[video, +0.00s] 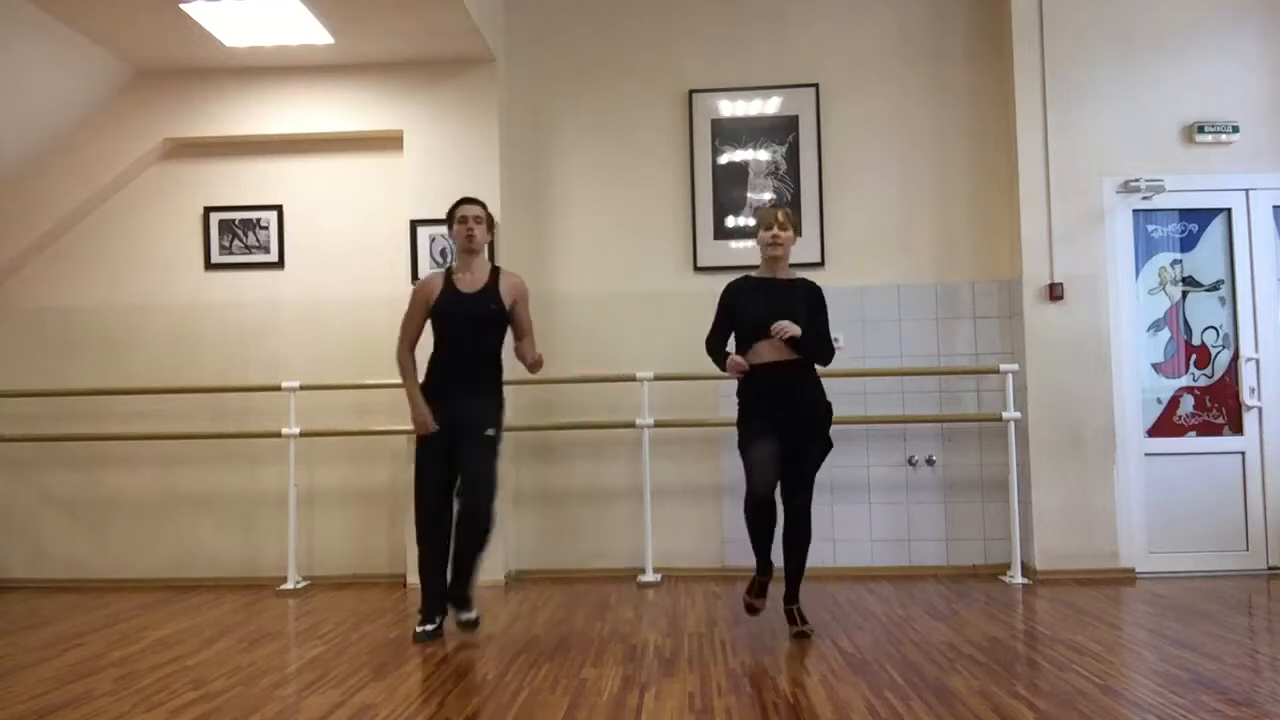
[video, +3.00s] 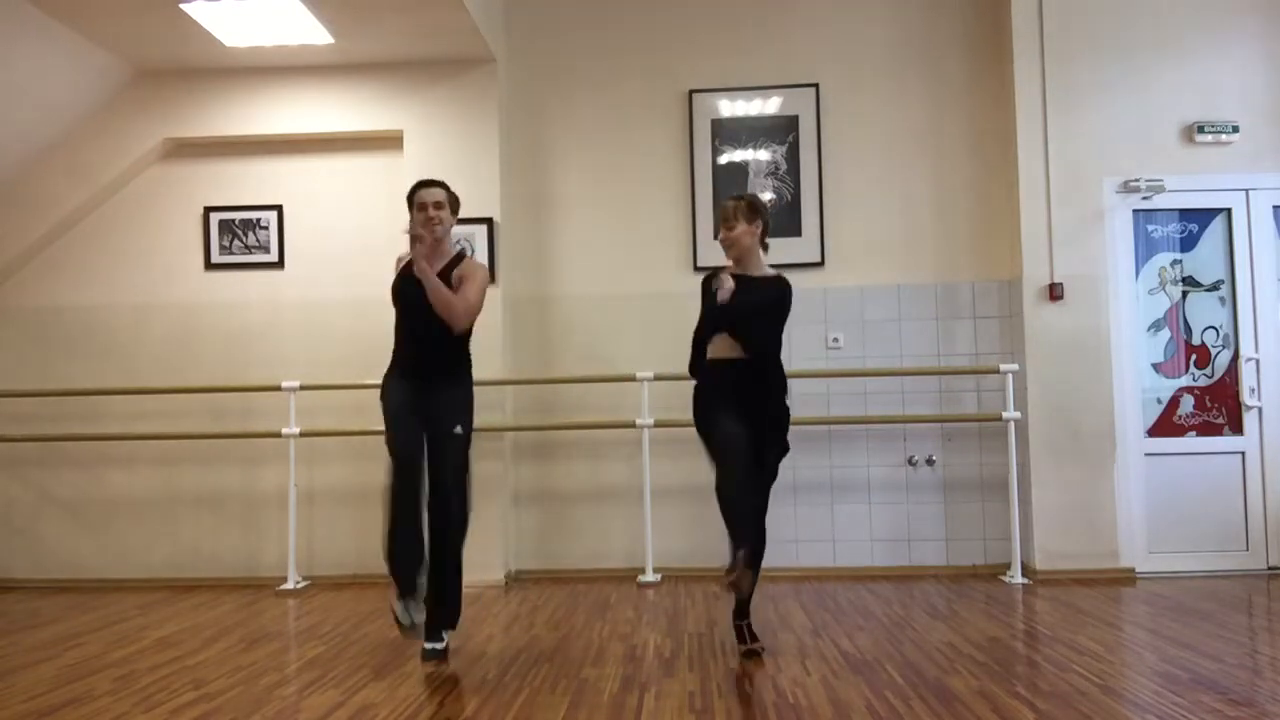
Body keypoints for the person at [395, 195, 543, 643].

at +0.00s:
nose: (469, 228)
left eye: (477, 222)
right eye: (461, 222)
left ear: (490, 232)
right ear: (450, 233)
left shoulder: (510, 286)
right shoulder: (431, 287)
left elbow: (523, 338)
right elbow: (405, 349)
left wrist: (530, 357)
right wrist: (417, 403)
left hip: (483, 404)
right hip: (437, 403)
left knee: (478, 505)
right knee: (431, 508)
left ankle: (461, 592)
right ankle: (431, 610)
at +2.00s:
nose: (468, 224)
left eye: (470, 216)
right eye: (459, 216)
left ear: (469, 222)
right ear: (433, 221)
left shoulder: (484, 274)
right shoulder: (400, 281)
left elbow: (502, 339)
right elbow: (374, 339)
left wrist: (516, 331)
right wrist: (407, 362)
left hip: (467, 402)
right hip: (421, 405)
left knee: (465, 510)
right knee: (426, 511)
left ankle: (462, 614)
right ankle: (435, 615)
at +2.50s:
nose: (440, 229)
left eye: (447, 221)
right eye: (431, 223)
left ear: (459, 230)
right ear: (417, 233)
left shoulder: (482, 285)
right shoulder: (399, 291)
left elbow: (527, 320)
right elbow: (385, 358)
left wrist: (514, 360)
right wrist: (405, 369)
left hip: (452, 403)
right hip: (405, 404)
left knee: (440, 481)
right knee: (410, 506)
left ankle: (443, 592)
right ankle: (432, 608)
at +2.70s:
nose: (429, 214)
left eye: (436, 205)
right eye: (419, 207)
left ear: (448, 212)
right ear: (406, 215)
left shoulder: (467, 267)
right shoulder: (388, 271)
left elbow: (483, 333)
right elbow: (375, 319)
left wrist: (431, 299)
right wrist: (367, 358)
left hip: (465, 388)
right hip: (417, 383)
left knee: (454, 509)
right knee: (403, 429)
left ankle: (441, 615)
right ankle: (418, 499)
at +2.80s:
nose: (429, 213)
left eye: (437, 206)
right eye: (420, 207)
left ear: (450, 214)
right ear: (407, 215)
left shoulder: (465, 270)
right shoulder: (389, 269)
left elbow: (463, 334)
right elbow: (386, 313)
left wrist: (425, 285)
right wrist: (383, 343)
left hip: (462, 387)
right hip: (416, 382)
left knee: (453, 509)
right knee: (421, 430)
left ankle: (440, 622)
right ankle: (427, 525)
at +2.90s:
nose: (433, 217)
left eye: (440, 209)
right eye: (423, 210)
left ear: (454, 216)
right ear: (411, 218)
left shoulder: (468, 277)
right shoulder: (400, 272)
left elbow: (453, 341)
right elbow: (400, 339)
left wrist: (429, 287)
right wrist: (397, 390)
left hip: (456, 401)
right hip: (408, 401)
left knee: (460, 506)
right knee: (423, 500)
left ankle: (445, 622)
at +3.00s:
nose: (431, 214)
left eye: (439, 207)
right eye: (423, 208)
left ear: (454, 215)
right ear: (411, 217)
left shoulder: (471, 268)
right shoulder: (403, 266)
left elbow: (460, 320)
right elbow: (405, 327)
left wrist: (426, 274)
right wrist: (397, 379)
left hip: (450, 392)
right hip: (402, 388)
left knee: (448, 504)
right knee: (406, 486)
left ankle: (440, 624)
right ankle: (407, 587)